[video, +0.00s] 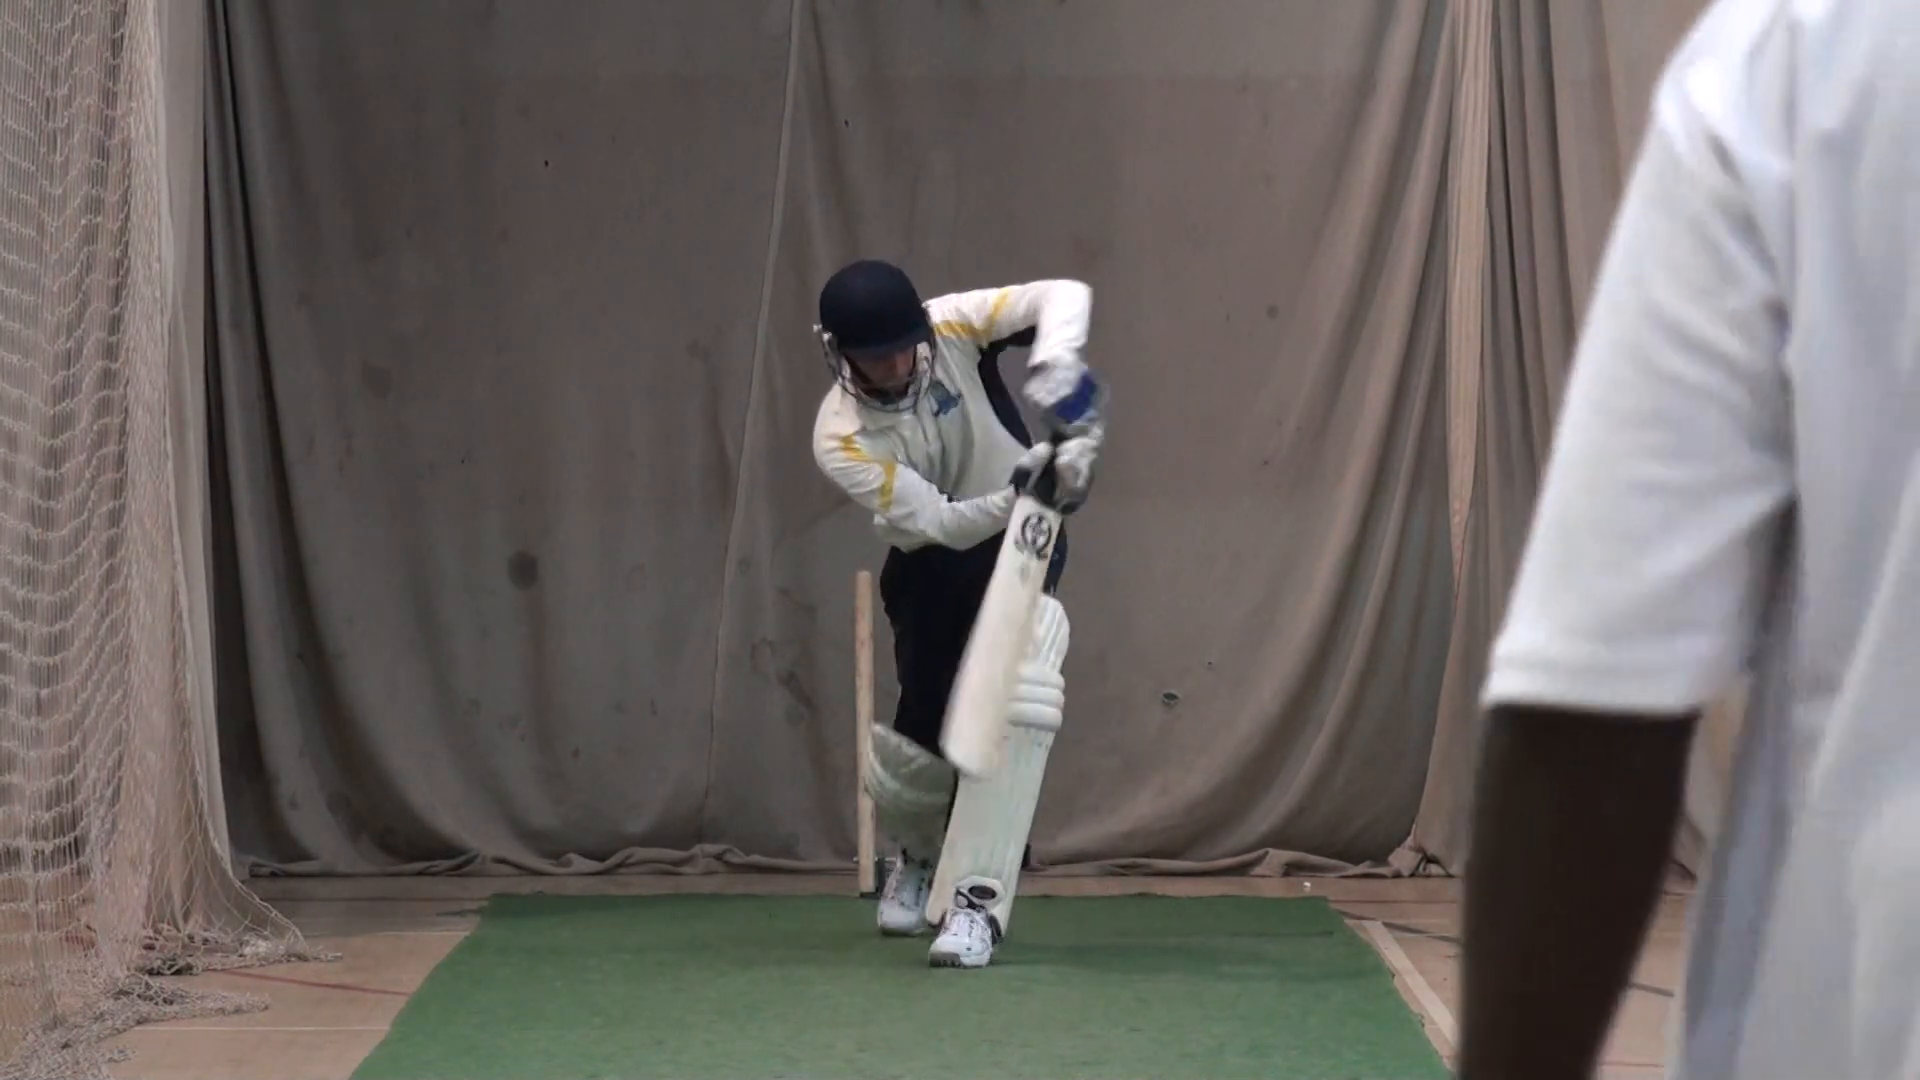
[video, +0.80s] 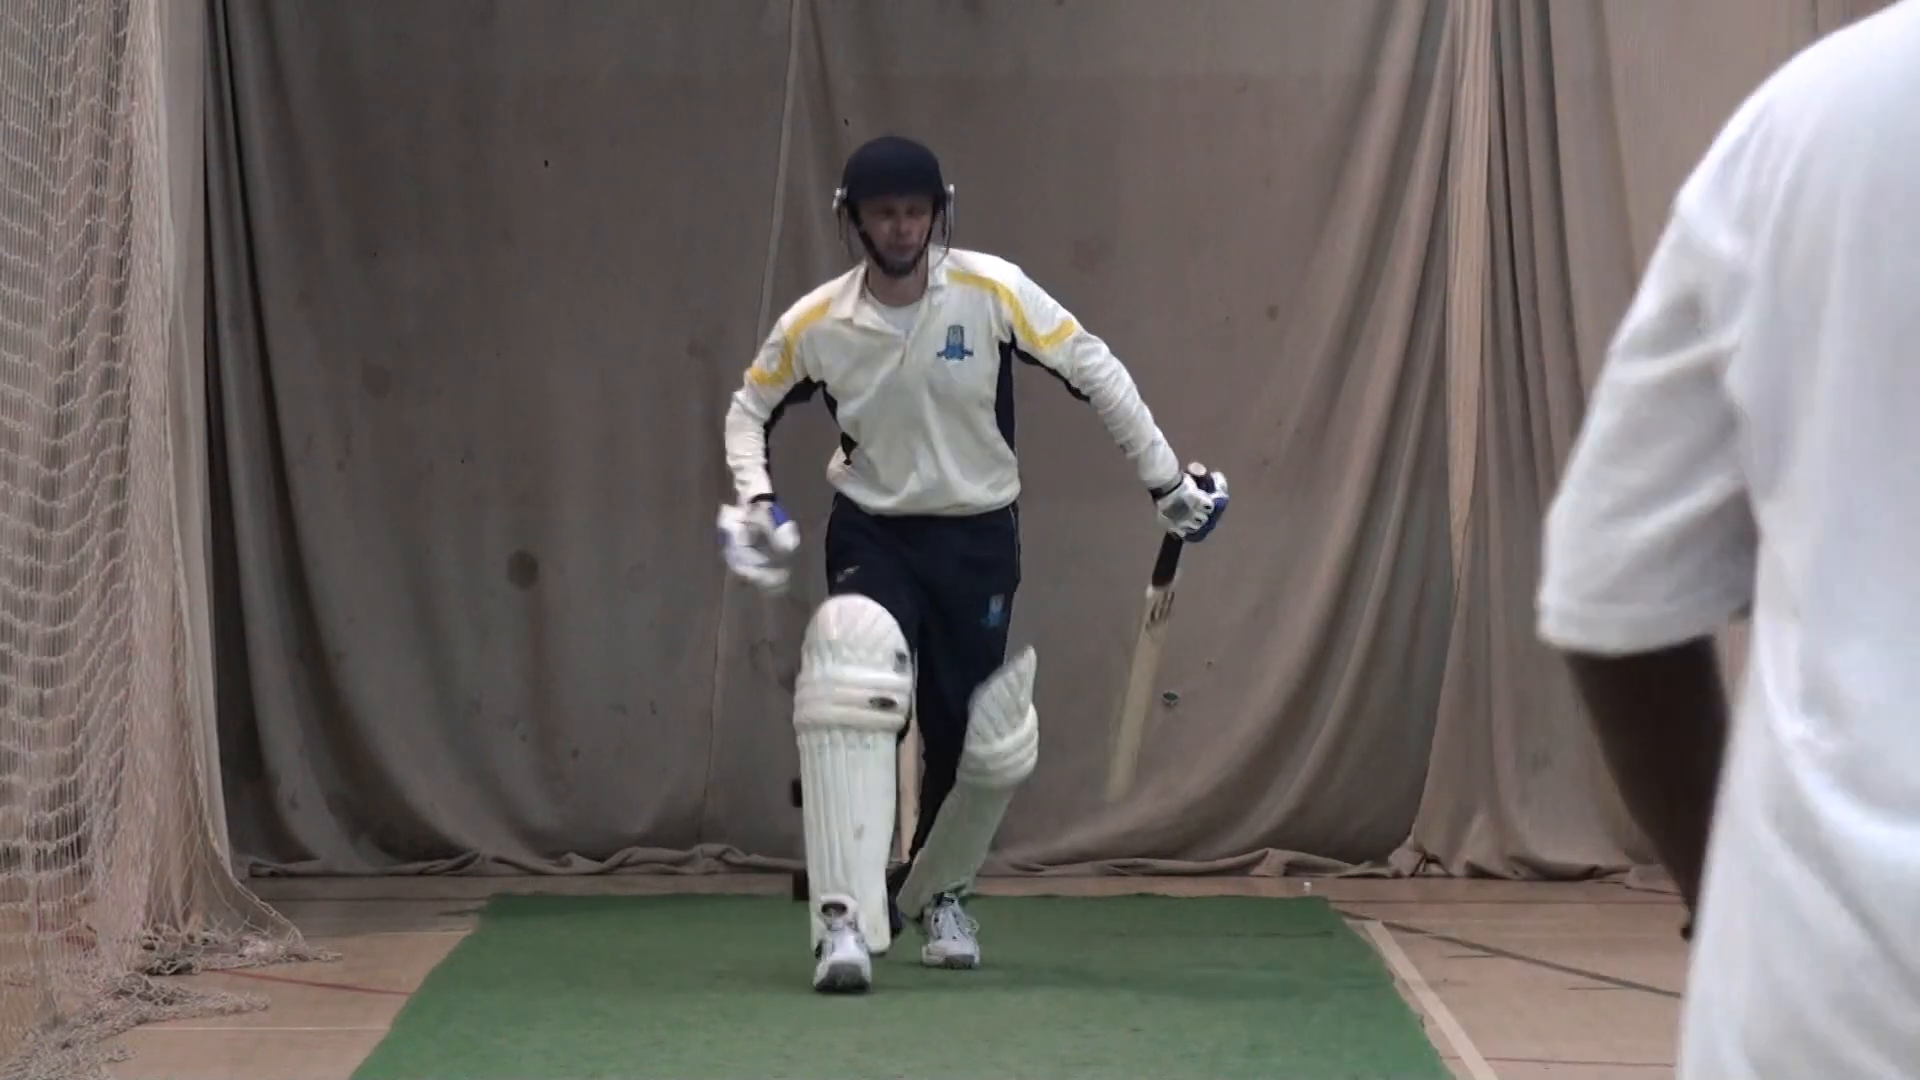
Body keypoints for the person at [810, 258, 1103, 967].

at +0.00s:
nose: (902, 368)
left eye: (909, 350)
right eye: (882, 359)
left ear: (922, 329)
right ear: (845, 355)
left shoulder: (948, 324)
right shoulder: (840, 437)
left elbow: (1062, 295)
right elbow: (939, 521)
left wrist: (1054, 362)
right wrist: (1020, 494)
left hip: (1015, 549)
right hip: (929, 574)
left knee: (1018, 719)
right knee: (920, 744)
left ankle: (977, 901)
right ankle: (915, 858)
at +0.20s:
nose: (881, 394)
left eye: (895, 375)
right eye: (863, 382)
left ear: (917, 361)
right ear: (833, 377)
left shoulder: (962, 358)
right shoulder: (828, 456)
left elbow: (1094, 366)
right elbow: (924, 555)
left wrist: (1129, 462)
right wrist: (1034, 532)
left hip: (994, 564)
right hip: (905, 588)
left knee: (990, 716)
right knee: (887, 756)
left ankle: (942, 906)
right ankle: (901, 865)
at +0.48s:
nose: (906, 328)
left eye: (916, 309)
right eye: (886, 315)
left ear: (934, 294)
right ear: (852, 310)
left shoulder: (980, 325)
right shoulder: (828, 389)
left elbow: (1094, 381)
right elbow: (867, 528)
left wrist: (1118, 506)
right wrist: (980, 564)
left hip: (992, 523)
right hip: (893, 533)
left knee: (972, 713)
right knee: (854, 726)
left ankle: (946, 905)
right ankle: (880, 849)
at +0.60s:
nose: (901, 282)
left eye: (914, 262)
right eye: (881, 266)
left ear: (937, 256)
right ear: (852, 264)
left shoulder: (989, 307)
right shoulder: (824, 355)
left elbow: (1099, 374)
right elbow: (797, 489)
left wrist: (1147, 495)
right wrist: (900, 540)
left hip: (990, 518)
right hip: (884, 521)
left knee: (988, 711)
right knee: (842, 698)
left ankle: (943, 906)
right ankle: (837, 885)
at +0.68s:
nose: (899, 259)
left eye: (913, 240)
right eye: (880, 242)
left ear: (937, 235)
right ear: (852, 242)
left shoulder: (993, 300)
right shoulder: (823, 338)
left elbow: (1103, 370)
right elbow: (760, 449)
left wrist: (1164, 485)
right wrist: (823, 522)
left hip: (983, 522)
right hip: (876, 521)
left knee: (974, 721)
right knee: (845, 700)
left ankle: (944, 903)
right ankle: (826, 899)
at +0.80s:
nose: (898, 233)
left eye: (912, 214)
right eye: (880, 216)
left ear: (937, 213)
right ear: (854, 221)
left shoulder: (992, 291)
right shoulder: (816, 323)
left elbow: (1093, 369)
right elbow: (749, 409)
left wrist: (1167, 478)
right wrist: (753, 493)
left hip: (976, 536)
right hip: (871, 536)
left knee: (972, 740)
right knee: (854, 710)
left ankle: (945, 899)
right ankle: (845, 919)